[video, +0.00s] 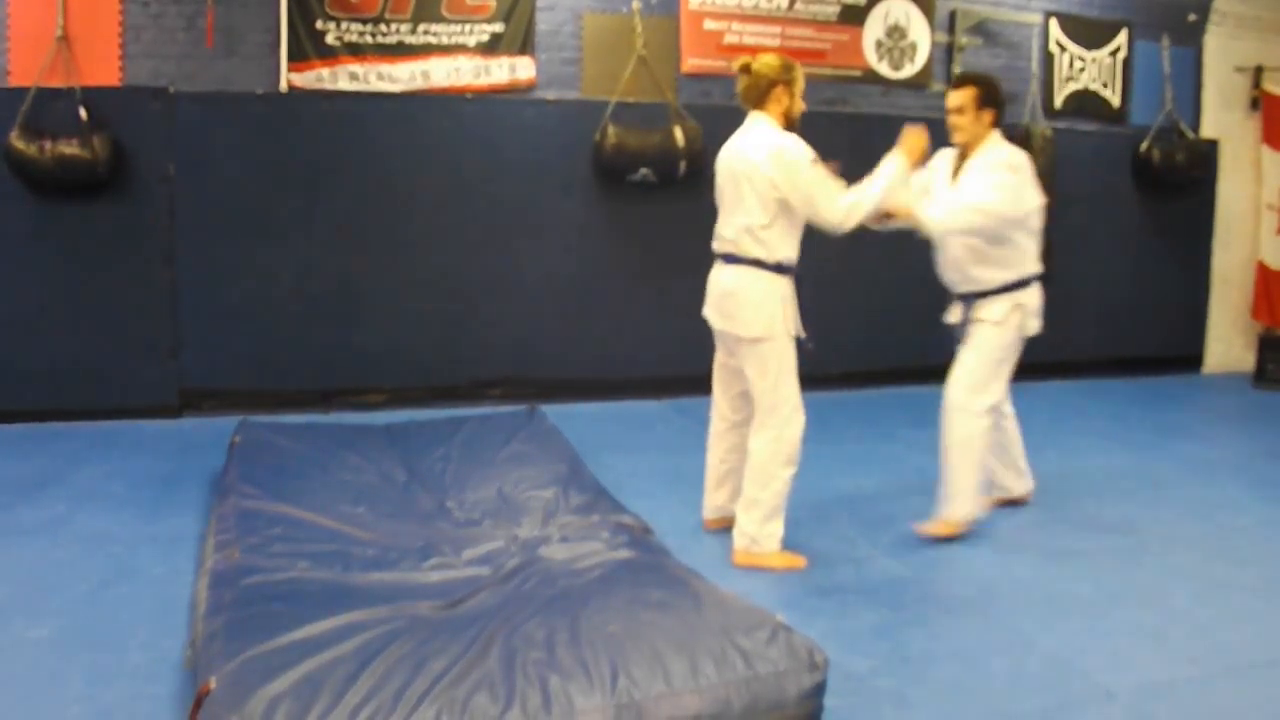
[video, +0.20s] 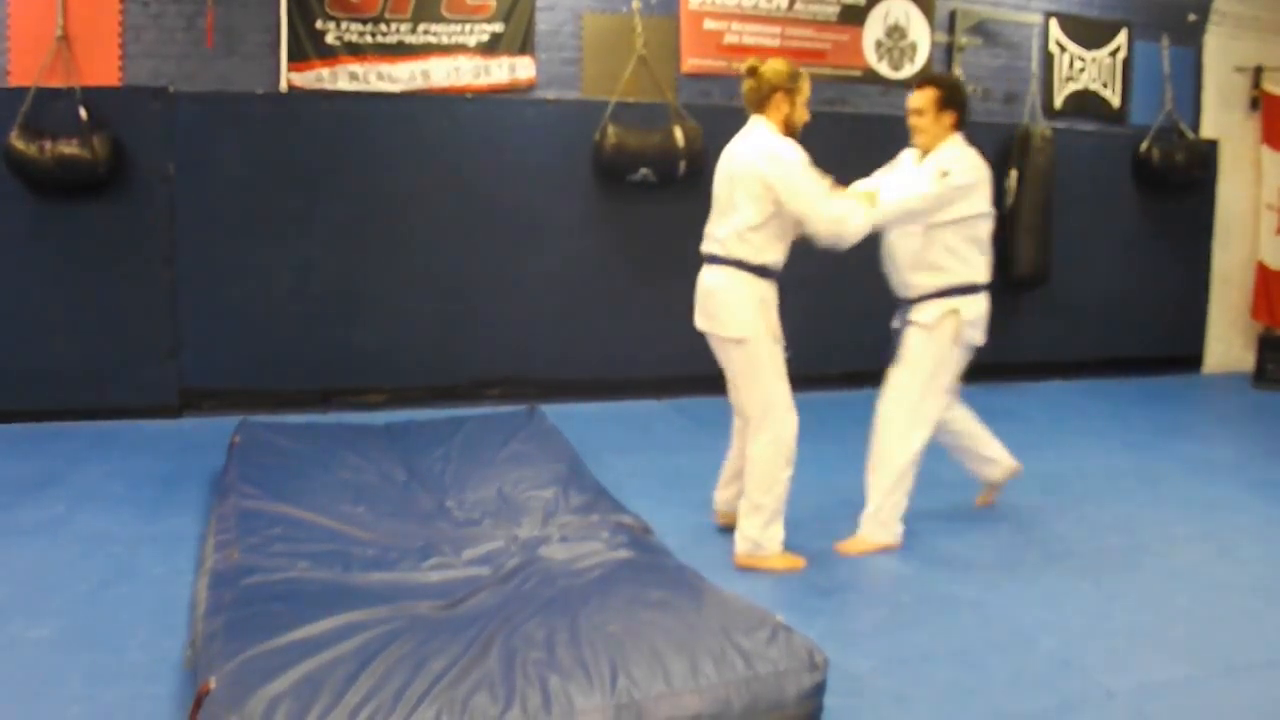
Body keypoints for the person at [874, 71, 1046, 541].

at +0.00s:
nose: (951, 120)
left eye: (960, 112)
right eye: (948, 112)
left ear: (988, 116)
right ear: (949, 115)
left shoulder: (1008, 166)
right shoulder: (945, 162)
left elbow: (966, 218)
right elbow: (905, 200)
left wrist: (912, 212)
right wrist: (848, 196)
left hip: (1009, 300)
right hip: (971, 299)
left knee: (964, 394)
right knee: (989, 394)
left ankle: (956, 512)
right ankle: (1012, 482)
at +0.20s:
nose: (910, 121)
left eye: (919, 113)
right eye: (909, 113)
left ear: (949, 117)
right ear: (915, 115)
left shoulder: (963, 166)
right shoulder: (915, 159)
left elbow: (899, 204)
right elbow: (867, 192)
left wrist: (842, 209)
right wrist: (827, 200)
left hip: (953, 307)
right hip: (921, 305)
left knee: (901, 409)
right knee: (928, 400)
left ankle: (881, 527)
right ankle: (996, 465)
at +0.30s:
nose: (880, 114)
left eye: (889, 107)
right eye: (879, 106)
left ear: (919, 110)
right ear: (886, 108)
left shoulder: (938, 160)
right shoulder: (883, 156)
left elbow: (883, 219)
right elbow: (848, 206)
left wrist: (827, 226)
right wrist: (818, 229)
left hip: (929, 302)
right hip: (896, 300)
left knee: (885, 411)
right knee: (880, 401)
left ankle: (879, 529)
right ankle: (950, 461)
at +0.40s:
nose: (858, 107)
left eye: (866, 98)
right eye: (856, 98)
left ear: (897, 100)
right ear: (862, 100)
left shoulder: (919, 152)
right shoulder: (859, 146)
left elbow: (866, 216)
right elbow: (823, 201)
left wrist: (815, 195)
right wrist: (796, 216)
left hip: (909, 297)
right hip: (868, 294)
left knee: (887, 410)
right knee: (840, 396)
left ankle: (883, 525)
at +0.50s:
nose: (845, 105)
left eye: (853, 97)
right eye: (843, 97)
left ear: (883, 97)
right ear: (851, 98)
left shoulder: (907, 149)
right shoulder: (844, 140)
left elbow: (865, 192)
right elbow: (800, 156)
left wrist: (803, 184)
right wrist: (777, 160)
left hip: (889, 295)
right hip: (843, 293)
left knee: (878, 411)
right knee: (820, 397)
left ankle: (882, 527)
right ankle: (808, 499)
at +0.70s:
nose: (808, 101)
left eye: (816, 93)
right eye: (806, 92)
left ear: (846, 95)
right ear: (813, 93)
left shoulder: (864, 151)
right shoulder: (806, 132)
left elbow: (799, 202)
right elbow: (767, 116)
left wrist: (739, 204)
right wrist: (736, 84)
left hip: (842, 294)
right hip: (799, 289)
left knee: (827, 407)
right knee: (788, 401)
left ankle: (852, 519)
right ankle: (805, 499)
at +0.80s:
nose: (782, 101)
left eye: (791, 93)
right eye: (780, 91)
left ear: (821, 96)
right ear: (781, 91)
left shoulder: (839, 151)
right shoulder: (778, 126)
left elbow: (794, 206)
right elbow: (738, 90)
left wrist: (735, 218)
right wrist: (706, 45)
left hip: (822, 294)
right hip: (777, 289)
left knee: (811, 414)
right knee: (776, 406)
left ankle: (821, 532)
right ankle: (793, 499)